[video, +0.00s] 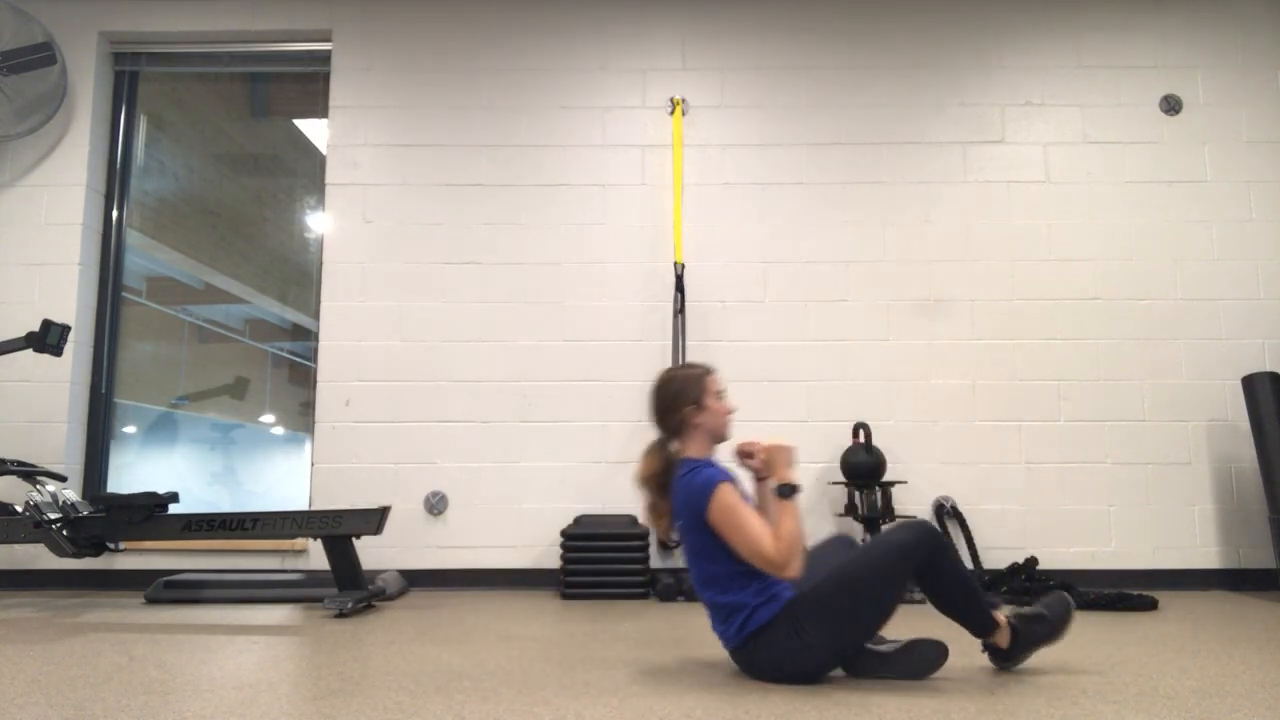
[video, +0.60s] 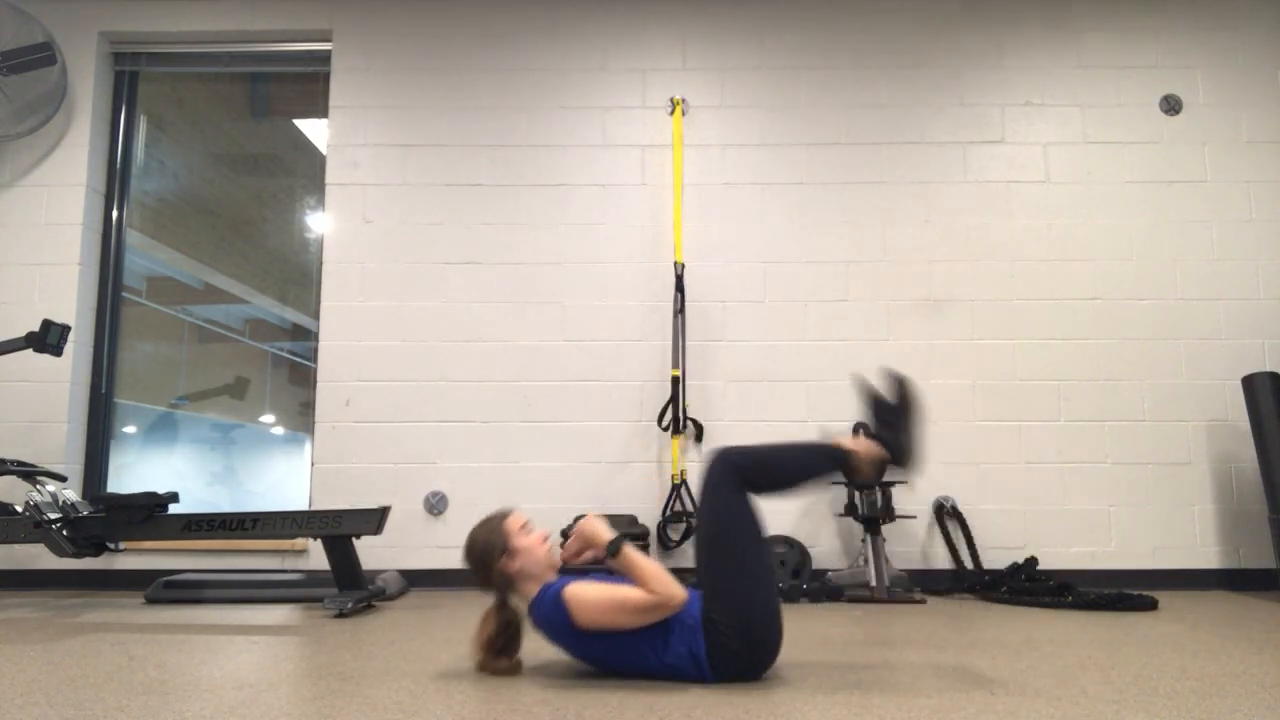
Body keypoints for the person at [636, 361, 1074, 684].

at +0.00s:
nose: (730, 407)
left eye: (724, 396)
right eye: (720, 398)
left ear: (691, 414)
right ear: (692, 414)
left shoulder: (696, 474)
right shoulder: (704, 480)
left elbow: (770, 557)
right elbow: (786, 563)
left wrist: (765, 484)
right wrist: (783, 481)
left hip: (768, 632)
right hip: (779, 642)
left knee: (841, 543)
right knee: (918, 537)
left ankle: (863, 646)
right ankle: (1002, 634)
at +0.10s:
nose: (695, 416)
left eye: (688, 406)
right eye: (683, 409)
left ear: (655, 431)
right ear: (660, 430)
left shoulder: (668, 485)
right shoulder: (676, 493)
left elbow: (746, 560)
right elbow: (763, 568)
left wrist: (735, 492)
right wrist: (753, 488)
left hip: (756, 634)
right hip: (767, 644)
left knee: (830, 533)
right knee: (898, 523)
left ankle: (865, 637)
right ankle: (998, 626)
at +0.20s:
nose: (659, 434)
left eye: (653, 424)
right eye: (647, 429)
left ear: (622, 451)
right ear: (621, 450)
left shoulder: (642, 501)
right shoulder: (650, 511)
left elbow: (722, 565)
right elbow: (740, 573)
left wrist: (704, 498)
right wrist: (725, 496)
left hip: (744, 629)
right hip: (758, 644)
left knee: (815, 516)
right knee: (874, 508)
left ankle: (870, 631)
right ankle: (994, 604)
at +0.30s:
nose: (627, 459)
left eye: (620, 449)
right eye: (614, 454)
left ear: (591, 475)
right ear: (587, 478)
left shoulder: (610, 524)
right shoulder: (623, 533)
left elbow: (697, 576)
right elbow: (721, 581)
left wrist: (676, 514)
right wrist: (694, 506)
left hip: (736, 632)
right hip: (753, 647)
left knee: (803, 506)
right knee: (853, 497)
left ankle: (876, 631)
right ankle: (990, 573)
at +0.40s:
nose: (593, 481)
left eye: (587, 473)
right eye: (581, 478)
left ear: (559, 503)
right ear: (558, 504)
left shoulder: (587, 545)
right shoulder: (600, 552)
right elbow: (703, 588)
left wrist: (651, 510)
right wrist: (667, 518)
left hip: (730, 635)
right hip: (746, 647)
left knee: (783, 494)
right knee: (820, 485)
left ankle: (886, 603)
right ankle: (973, 533)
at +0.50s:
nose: (567, 508)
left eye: (558, 499)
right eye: (553, 505)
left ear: (535, 532)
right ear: (531, 535)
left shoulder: (567, 569)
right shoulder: (579, 574)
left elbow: (617, 514)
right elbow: (685, 591)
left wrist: (611, 526)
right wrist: (638, 530)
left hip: (725, 630)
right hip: (738, 642)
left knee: (763, 478)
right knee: (773, 474)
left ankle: (886, 537)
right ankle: (931, 490)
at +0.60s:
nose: (540, 532)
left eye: (531, 526)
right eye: (525, 532)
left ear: (524, 555)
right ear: (509, 563)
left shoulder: (559, 592)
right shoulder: (560, 601)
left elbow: (652, 595)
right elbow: (668, 596)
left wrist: (605, 553)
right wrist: (610, 545)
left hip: (723, 632)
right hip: (734, 644)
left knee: (727, 468)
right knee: (726, 467)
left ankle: (860, 449)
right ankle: (859, 455)